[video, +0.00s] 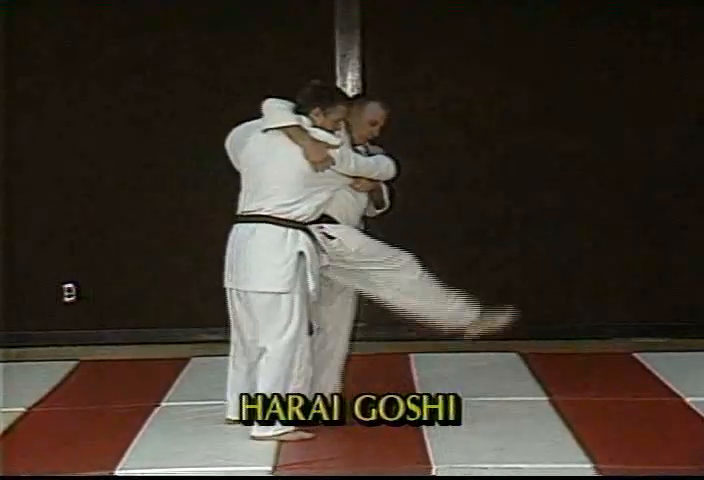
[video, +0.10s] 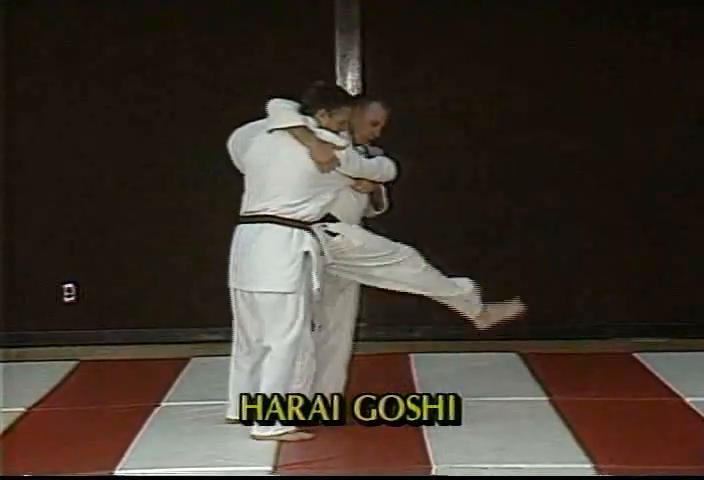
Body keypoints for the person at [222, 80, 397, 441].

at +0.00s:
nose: (341, 128)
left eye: (342, 120)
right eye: (338, 119)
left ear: (299, 113)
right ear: (317, 114)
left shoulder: (253, 138)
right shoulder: (324, 149)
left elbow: (234, 136)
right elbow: (379, 169)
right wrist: (386, 163)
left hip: (239, 244)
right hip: (278, 248)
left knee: (246, 337)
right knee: (282, 336)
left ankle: (239, 410)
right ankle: (269, 421)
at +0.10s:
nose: (346, 129)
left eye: (347, 121)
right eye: (343, 120)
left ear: (308, 114)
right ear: (324, 115)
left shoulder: (259, 137)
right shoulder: (329, 148)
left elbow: (236, 139)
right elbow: (378, 172)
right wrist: (388, 165)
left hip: (244, 243)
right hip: (283, 247)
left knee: (249, 338)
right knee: (286, 337)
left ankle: (242, 412)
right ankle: (270, 421)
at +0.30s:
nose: (379, 136)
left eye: (383, 130)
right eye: (377, 127)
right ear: (358, 118)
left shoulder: (364, 156)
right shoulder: (328, 129)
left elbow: (372, 210)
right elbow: (295, 106)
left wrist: (372, 198)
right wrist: (331, 144)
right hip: (326, 235)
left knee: (327, 322)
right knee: (392, 302)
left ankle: (324, 398)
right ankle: (427, 379)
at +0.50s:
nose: (384, 148)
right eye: (378, 141)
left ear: (328, 118)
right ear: (364, 130)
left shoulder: (297, 134)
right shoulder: (365, 158)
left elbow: (256, 149)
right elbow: (389, 201)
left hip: (254, 235)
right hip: (299, 244)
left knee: (252, 326)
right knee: (298, 336)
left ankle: (236, 390)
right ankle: (278, 417)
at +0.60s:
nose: (399, 166)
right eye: (400, 159)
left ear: (349, 126)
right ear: (377, 143)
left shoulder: (313, 133)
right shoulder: (374, 169)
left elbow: (268, 148)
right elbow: (392, 221)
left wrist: (297, 166)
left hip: (256, 224)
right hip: (296, 241)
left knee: (232, 311)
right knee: (287, 332)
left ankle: (198, 373)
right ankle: (274, 415)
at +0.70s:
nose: (405, 177)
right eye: (405, 169)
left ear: (370, 134)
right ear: (392, 151)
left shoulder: (328, 137)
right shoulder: (384, 182)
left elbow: (281, 148)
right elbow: (393, 231)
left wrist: (302, 175)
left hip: (255, 221)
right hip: (292, 242)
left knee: (211, 299)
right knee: (282, 329)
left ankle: (156, 361)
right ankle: (270, 415)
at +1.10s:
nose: (430, 156)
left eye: (431, 152)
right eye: (429, 150)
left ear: (395, 125)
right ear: (416, 141)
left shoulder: (350, 132)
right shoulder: (401, 171)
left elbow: (307, 138)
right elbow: (394, 224)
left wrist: (331, 162)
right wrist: (406, 217)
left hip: (275, 210)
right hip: (310, 231)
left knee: (226, 282)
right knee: (293, 323)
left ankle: (139, 325)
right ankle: (273, 411)